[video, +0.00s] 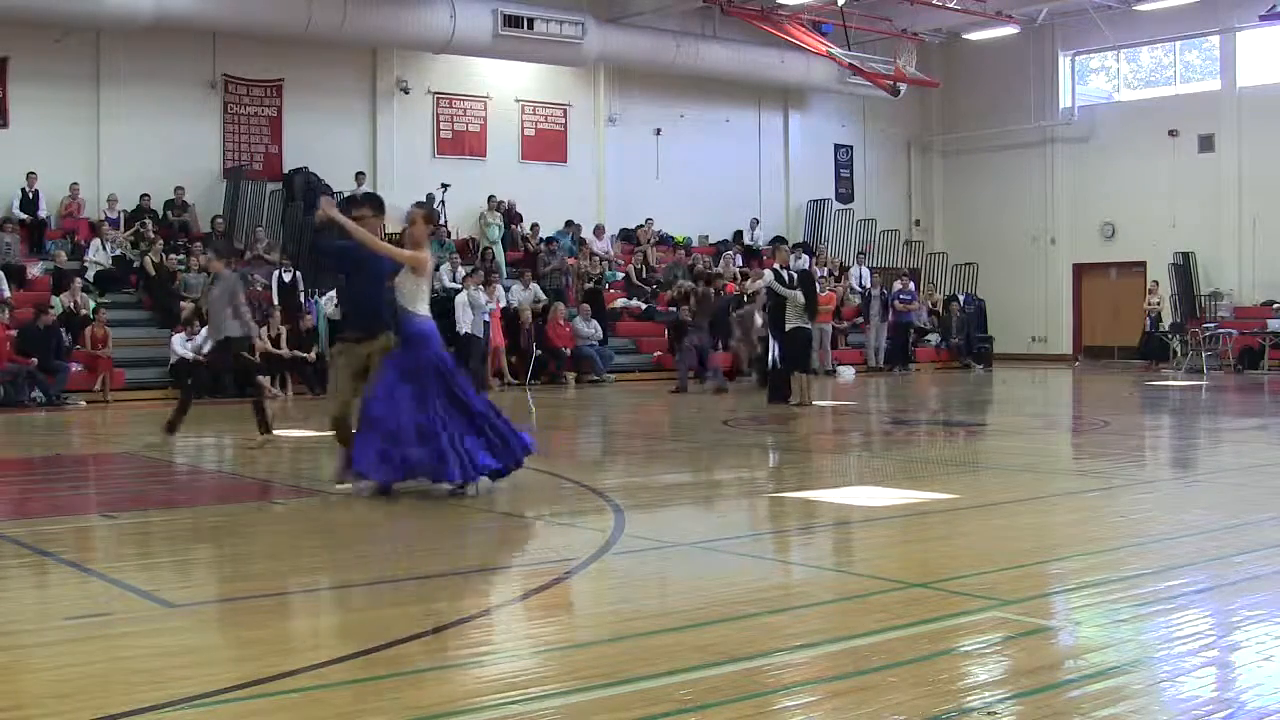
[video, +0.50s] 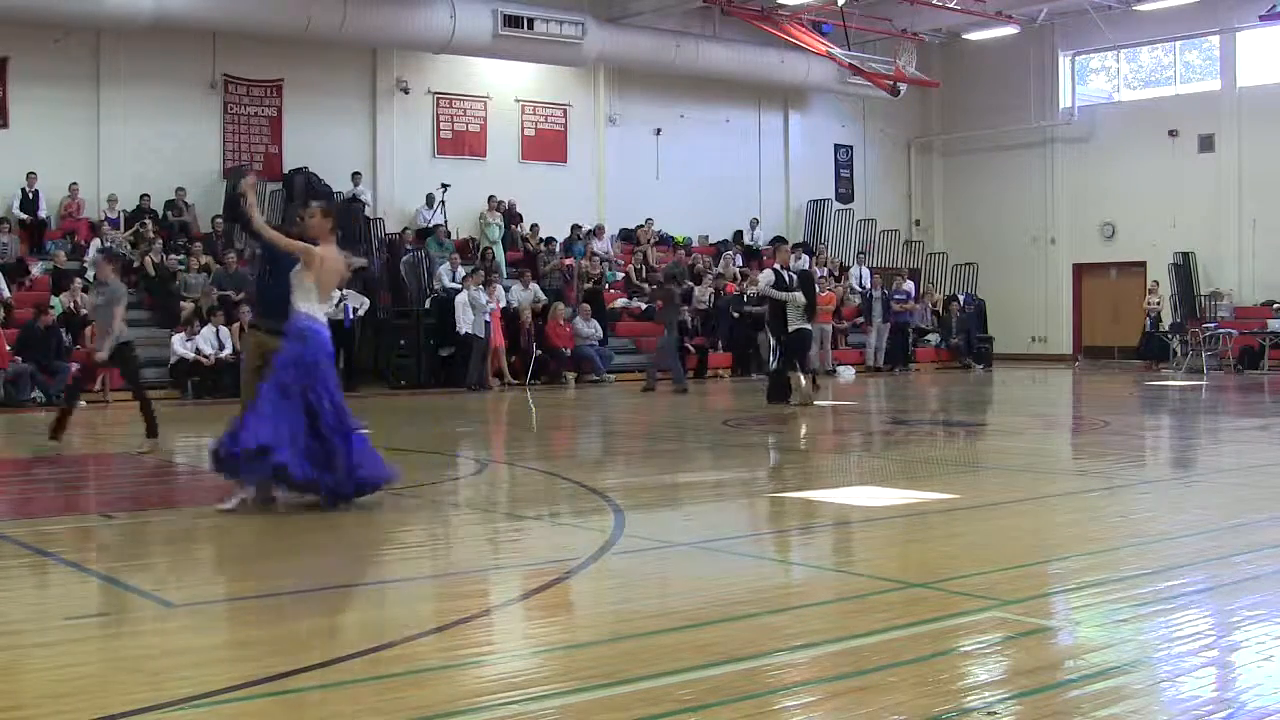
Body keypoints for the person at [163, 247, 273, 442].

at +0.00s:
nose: (207, 263)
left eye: (211, 259)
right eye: (208, 259)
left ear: (223, 261)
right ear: (216, 261)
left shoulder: (232, 279)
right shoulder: (214, 282)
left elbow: (241, 308)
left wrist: (253, 331)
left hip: (235, 337)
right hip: (221, 338)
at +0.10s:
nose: (190, 264)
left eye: (194, 260)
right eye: (190, 260)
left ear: (203, 264)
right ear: (191, 263)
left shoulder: (207, 287)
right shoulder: (188, 286)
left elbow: (216, 317)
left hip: (203, 343)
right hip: (191, 343)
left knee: (182, 388)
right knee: (221, 384)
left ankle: (163, 431)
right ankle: (245, 417)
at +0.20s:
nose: (165, 266)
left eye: (169, 262)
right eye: (164, 263)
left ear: (177, 264)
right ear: (163, 266)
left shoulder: (181, 282)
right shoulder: (165, 285)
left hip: (181, 336)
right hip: (170, 337)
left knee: (173, 386)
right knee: (175, 386)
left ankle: (161, 432)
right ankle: (205, 414)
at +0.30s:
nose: (136, 258)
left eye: (140, 255)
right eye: (136, 254)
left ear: (153, 257)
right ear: (142, 258)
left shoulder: (162, 280)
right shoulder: (143, 280)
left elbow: (169, 311)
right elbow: (148, 311)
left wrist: (168, 344)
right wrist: (144, 338)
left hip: (161, 338)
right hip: (146, 339)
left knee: (162, 388)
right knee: (132, 385)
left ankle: (158, 437)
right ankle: (156, 426)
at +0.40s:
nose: (113, 259)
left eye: (118, 255)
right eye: (114, 255)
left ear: (130, 258)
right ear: (126, 258)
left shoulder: (139, 283)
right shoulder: (122, 282)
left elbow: (142, 319)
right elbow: (124, 318)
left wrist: (138, 349)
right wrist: (113, 345)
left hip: (142, 341)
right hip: (124, 341)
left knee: (152, 388)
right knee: (101, 381)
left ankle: (156, 437)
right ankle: (93, 432)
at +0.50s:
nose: (96, 267)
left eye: (100, 264)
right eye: (96, 264)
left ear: (111, 265)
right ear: (102, 266)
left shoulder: (119, 289)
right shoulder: (97, 289)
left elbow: (117, 321)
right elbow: (96, 319)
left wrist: (106, 348)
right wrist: (91, 342)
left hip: (121, 343)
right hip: (100, 344)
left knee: (137, 388)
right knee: (76, 386)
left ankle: (152, 436)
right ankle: (58, 428)